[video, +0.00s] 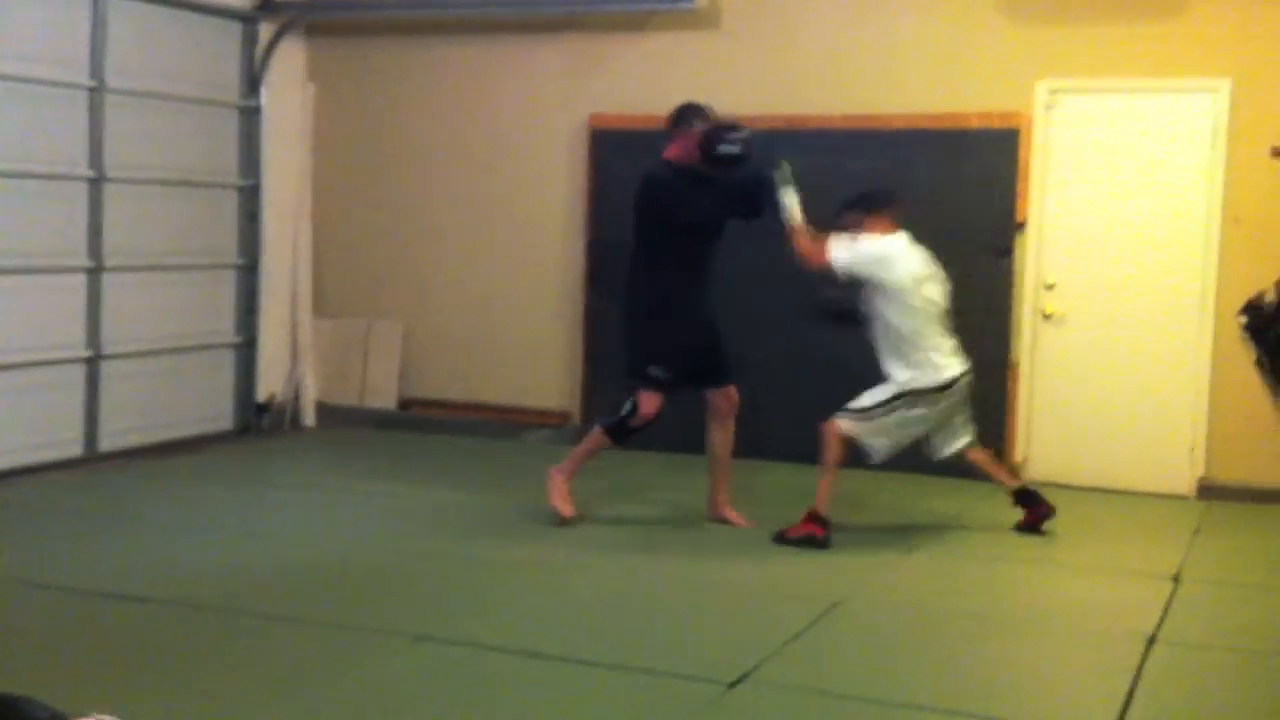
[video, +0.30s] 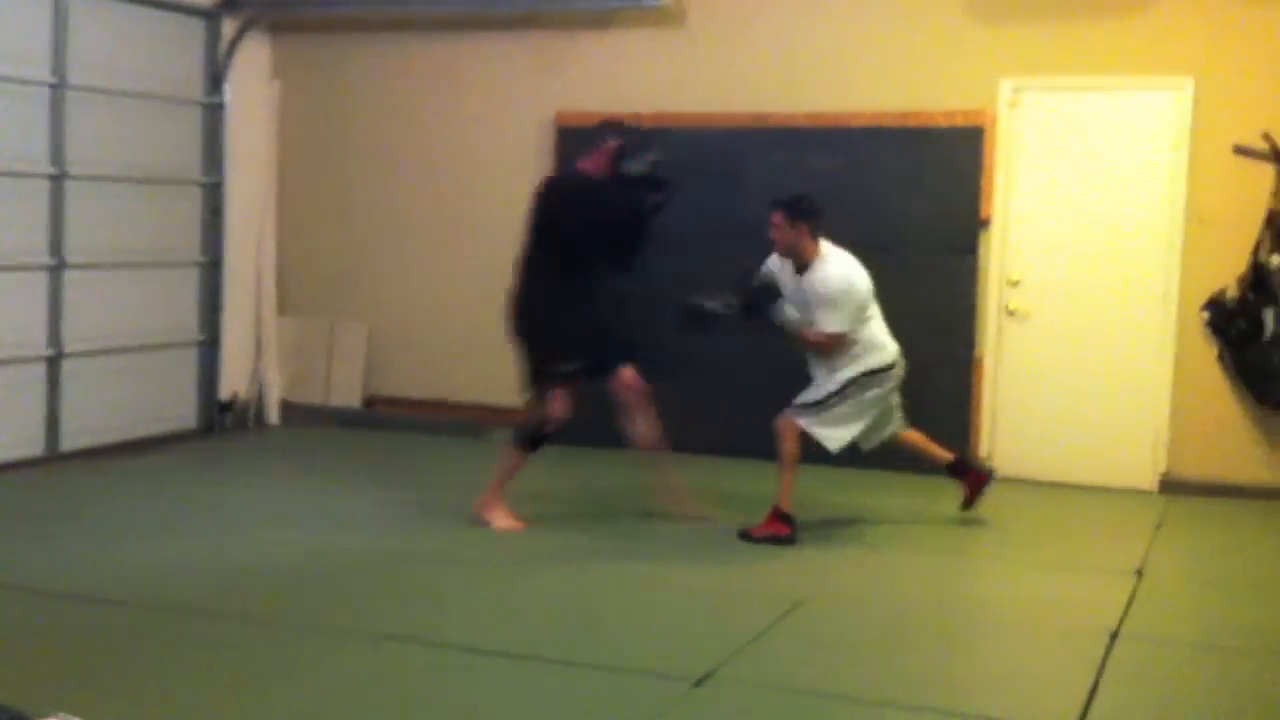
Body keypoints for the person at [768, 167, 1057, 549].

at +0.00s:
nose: (855, 235)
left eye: (856, 227)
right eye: (853, 229)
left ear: (872, 220)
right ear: (889, 219)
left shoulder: (882, 249)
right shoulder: (919, 255)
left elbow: (811, 253)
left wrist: (789, 203)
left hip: (922, 380)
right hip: (953, 374)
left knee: (836, 429)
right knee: (964, 446)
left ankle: (817, 520)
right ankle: (1028, 499)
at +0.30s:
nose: (772, 235)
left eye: (778, 228)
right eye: (772, 227)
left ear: (802, 230)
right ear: (791, 230)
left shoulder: (839, 276)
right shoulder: (778, 264)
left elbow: (828, 343)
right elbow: (754, 299)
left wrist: (781, 318)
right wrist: (728, 308)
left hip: (873, 367)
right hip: (841, 365)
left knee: (789, 425)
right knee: (891, 433)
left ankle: (782, 518)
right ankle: (966, 470)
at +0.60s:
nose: (804, 192)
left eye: (807, 184)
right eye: (803, 185)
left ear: (823, 180)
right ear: (835, 178)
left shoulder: (832, 221)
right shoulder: (862, 208)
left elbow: (787, 266)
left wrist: (781, 222)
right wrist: (801, 206)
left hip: (843, 342)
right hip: (883, 339)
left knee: (776, 413)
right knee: (890, 422)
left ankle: (761, 506)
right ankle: (929, 498)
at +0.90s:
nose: (836, 188)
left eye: (838, 179)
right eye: (836, 180)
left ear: (851, 177)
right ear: (877, 175)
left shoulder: (862, 221)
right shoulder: (914, 216)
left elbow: (841, 288)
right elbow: (888, 278)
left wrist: (811, 257)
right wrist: (838, 258)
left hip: (879, 341)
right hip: (922, 342)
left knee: (814, 416)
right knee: (931, 431)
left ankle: (793, 512)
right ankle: (958, 512)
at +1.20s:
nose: (794, 178)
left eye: (795, 171)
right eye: (794, 171)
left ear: (807, 167)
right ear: (833, 163)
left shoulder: (808, 204)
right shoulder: (870, 201)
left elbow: (776, 267)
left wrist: (765, 223)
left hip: (833, 332)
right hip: (881, 329)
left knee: (797, 428)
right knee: (888, 425)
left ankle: (786, 524)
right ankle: (906, 517)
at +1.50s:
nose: (754, 204)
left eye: (757, 194)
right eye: (755, 194)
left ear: (772, 191)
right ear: (797, 188)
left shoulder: (773, 234)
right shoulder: (842, 227)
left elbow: (757, 299)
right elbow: (832, 284)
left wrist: (736, 270)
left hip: (798, 360)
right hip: (849, 358)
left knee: (738, 445)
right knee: (854, 445)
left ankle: (725, 541)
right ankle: (881, 527)